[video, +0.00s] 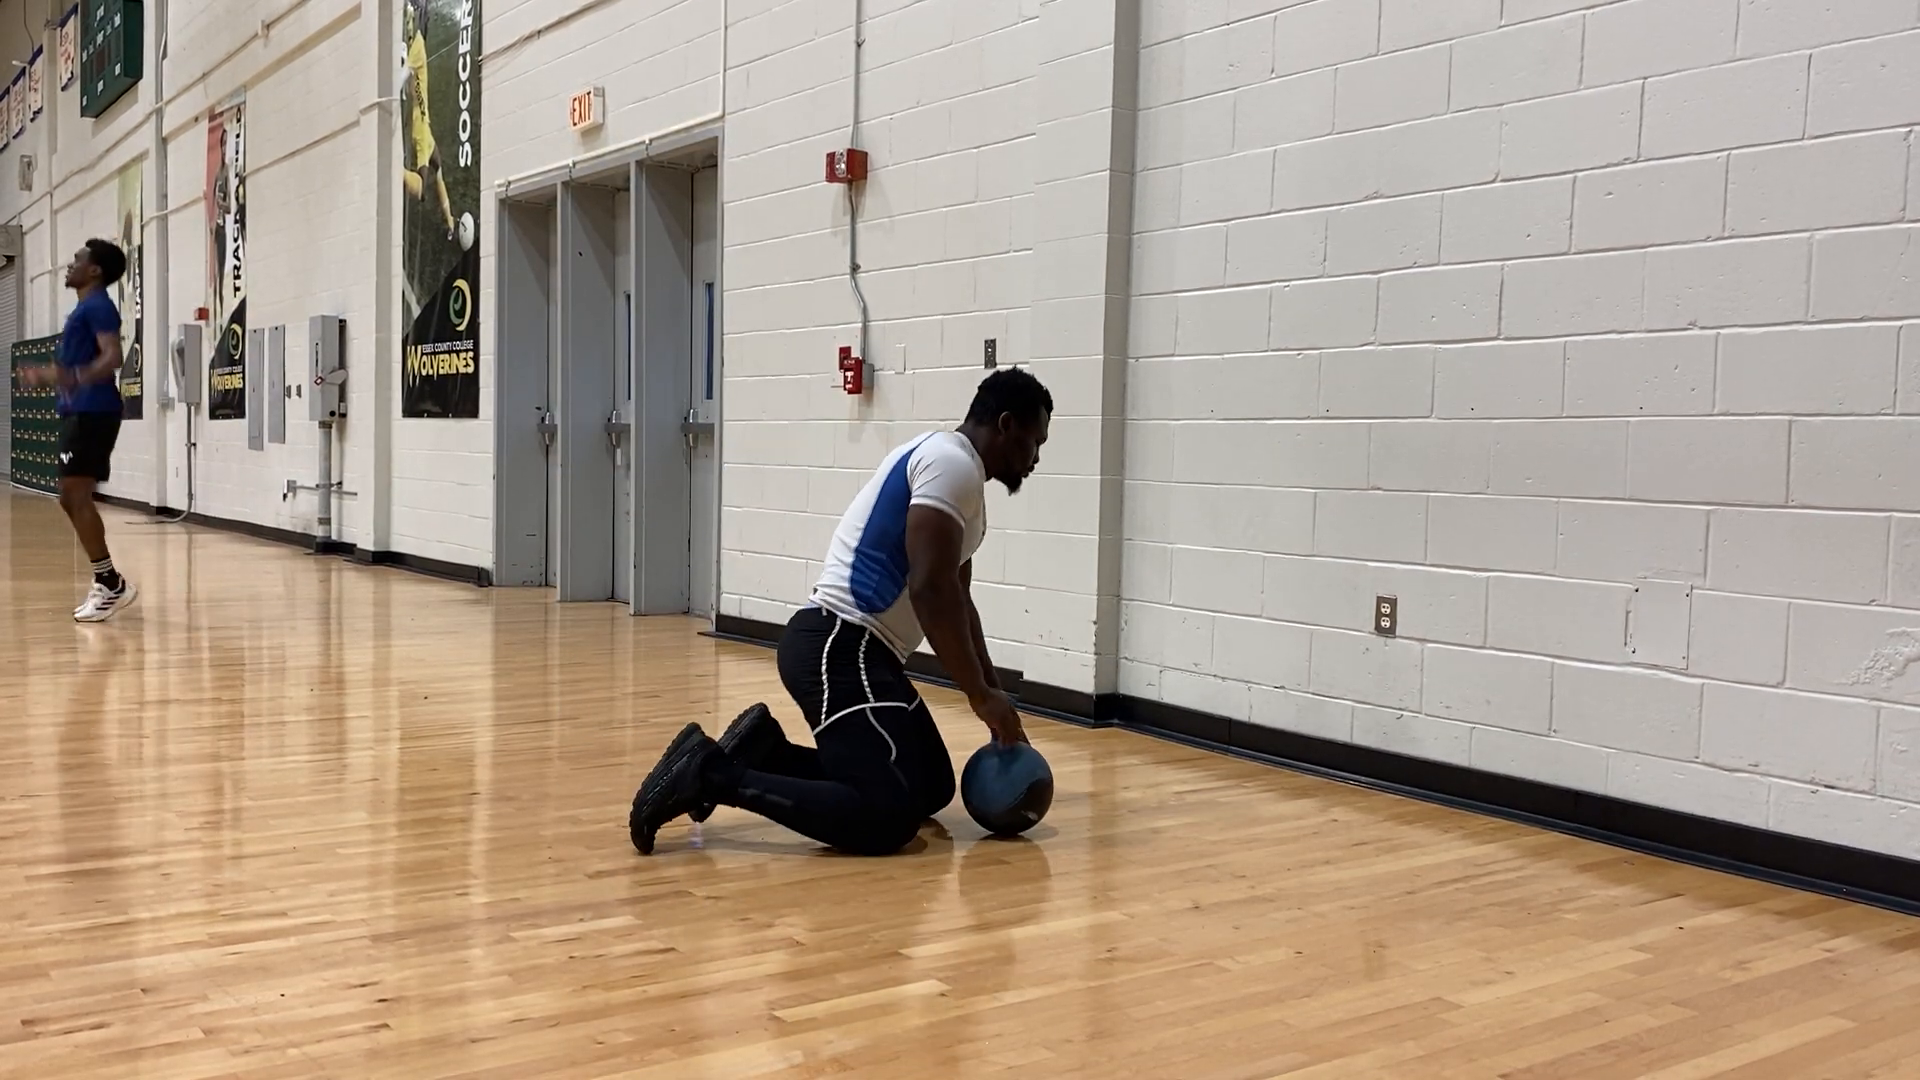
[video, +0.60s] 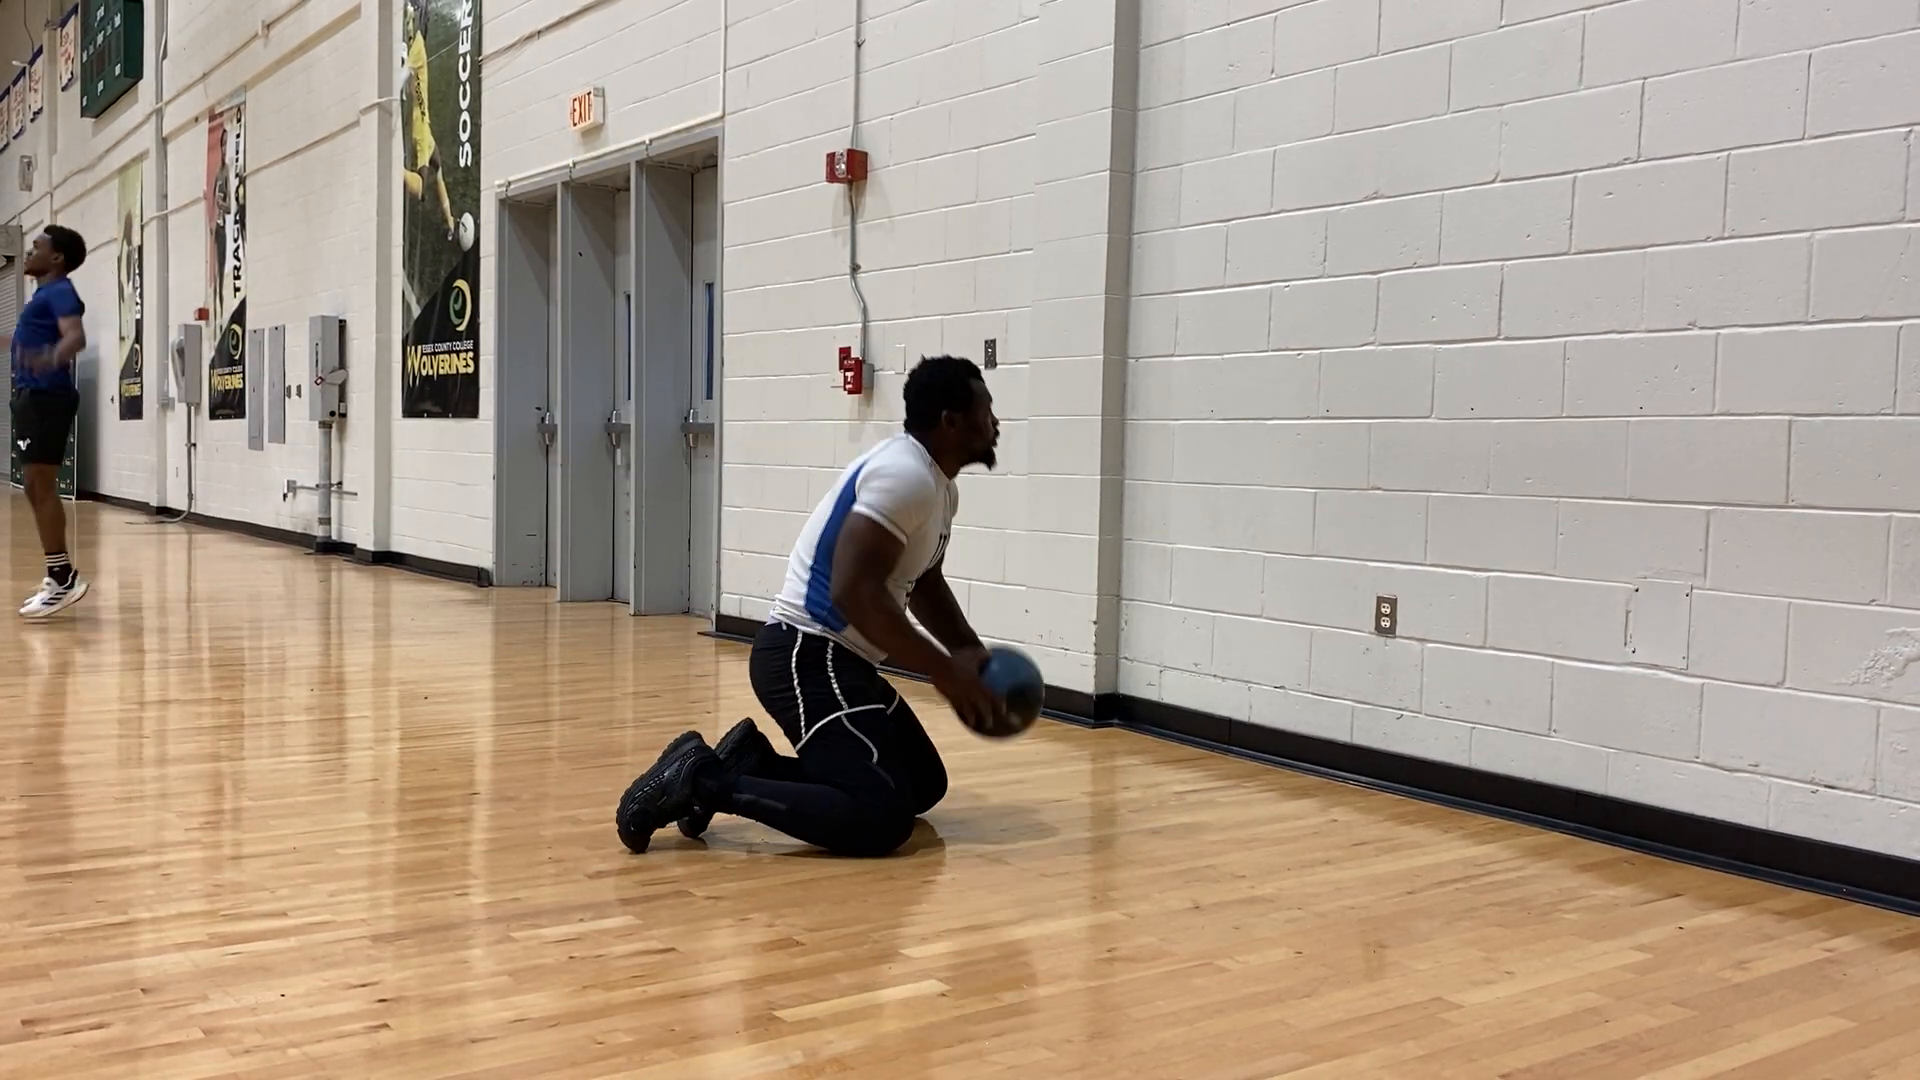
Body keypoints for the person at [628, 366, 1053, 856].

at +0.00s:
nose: (1037, 458)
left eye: (1041, 444)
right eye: (1037, 441)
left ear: (996, 424)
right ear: (1005, 425)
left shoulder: (961, 473)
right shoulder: (949, 460)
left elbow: (956, 593)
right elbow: (931, 589)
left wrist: (990, 691)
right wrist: (983, 697)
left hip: (860, 648)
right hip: (838, 644)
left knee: (930, 786)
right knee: (884, 822)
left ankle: (767, 754)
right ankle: (712, 776)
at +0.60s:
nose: (996, 421)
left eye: (991, 407)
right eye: (986, 409)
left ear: (948, 422)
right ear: (951, 421)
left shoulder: (939, 487)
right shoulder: (905, 475)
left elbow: (925, 582)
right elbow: (855, 592)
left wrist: (977, 662)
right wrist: (945, 671)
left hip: (841, 657)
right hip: (805, 655)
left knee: (921, 783)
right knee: (879, 821)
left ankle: (760, 766)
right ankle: (701, 780)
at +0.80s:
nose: (977, 386)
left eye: (972, 374)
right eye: (967, 374)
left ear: (929, 388)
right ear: (933, 386)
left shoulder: (927, 454)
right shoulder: (892, 432)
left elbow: (896, 559)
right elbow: (822, 524)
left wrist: (960, 612)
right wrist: (929, 573)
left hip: (862, 650)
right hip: (827, 645)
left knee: (926, 785)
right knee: (877, 820)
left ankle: (765, 765)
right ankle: (699, 779)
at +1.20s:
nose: (928, 358)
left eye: (918, 347)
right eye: (912, 352)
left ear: (884, 382)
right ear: (880, 382)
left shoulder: (907, 442)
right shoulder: (835, 447)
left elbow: (904, 538)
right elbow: (811, 555)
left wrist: (963, 550)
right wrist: (919, 535)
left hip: (871, 656)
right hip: (819, 652)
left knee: (924, 790)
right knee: (841, 830)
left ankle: (765, 762)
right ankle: (672, 763)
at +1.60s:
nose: (844, 357)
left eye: (846, 343)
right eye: (824, 349)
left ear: (851, 341)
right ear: (778, 364)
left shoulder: (882, 419)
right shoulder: (742, 442)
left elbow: (954, 501)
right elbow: (652, 534)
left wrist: (914, 498)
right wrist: (748, 524)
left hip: (850, 653)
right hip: (792, 651)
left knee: (875, 795)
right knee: (836, 832)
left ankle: (699, 757)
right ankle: (667, 768)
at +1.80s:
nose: (839, 344)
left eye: (841, 332)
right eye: (819, 333)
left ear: (845, 336)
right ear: (772, 346)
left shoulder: (866, 414)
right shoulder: (728, 430)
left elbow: (931, 509)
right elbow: (665, 541)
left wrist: (902, 499)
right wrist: (768, 517)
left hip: (838, 648)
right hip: (787, 649)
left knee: (852, 810)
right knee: (830, 835)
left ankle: (678, 758)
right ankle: (660, 770)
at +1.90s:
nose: (843, 345)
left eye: (842, 332)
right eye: (825, 332)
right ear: (774, 342)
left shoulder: (847, 420)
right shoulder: (734, 428)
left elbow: (912, 523)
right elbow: (681, 546)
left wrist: (895, 496)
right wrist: (799, 508)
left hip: (832, 648)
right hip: (785, 650)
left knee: (852, 811)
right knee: (832, 834)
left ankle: (678, 757)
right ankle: (660, 771)